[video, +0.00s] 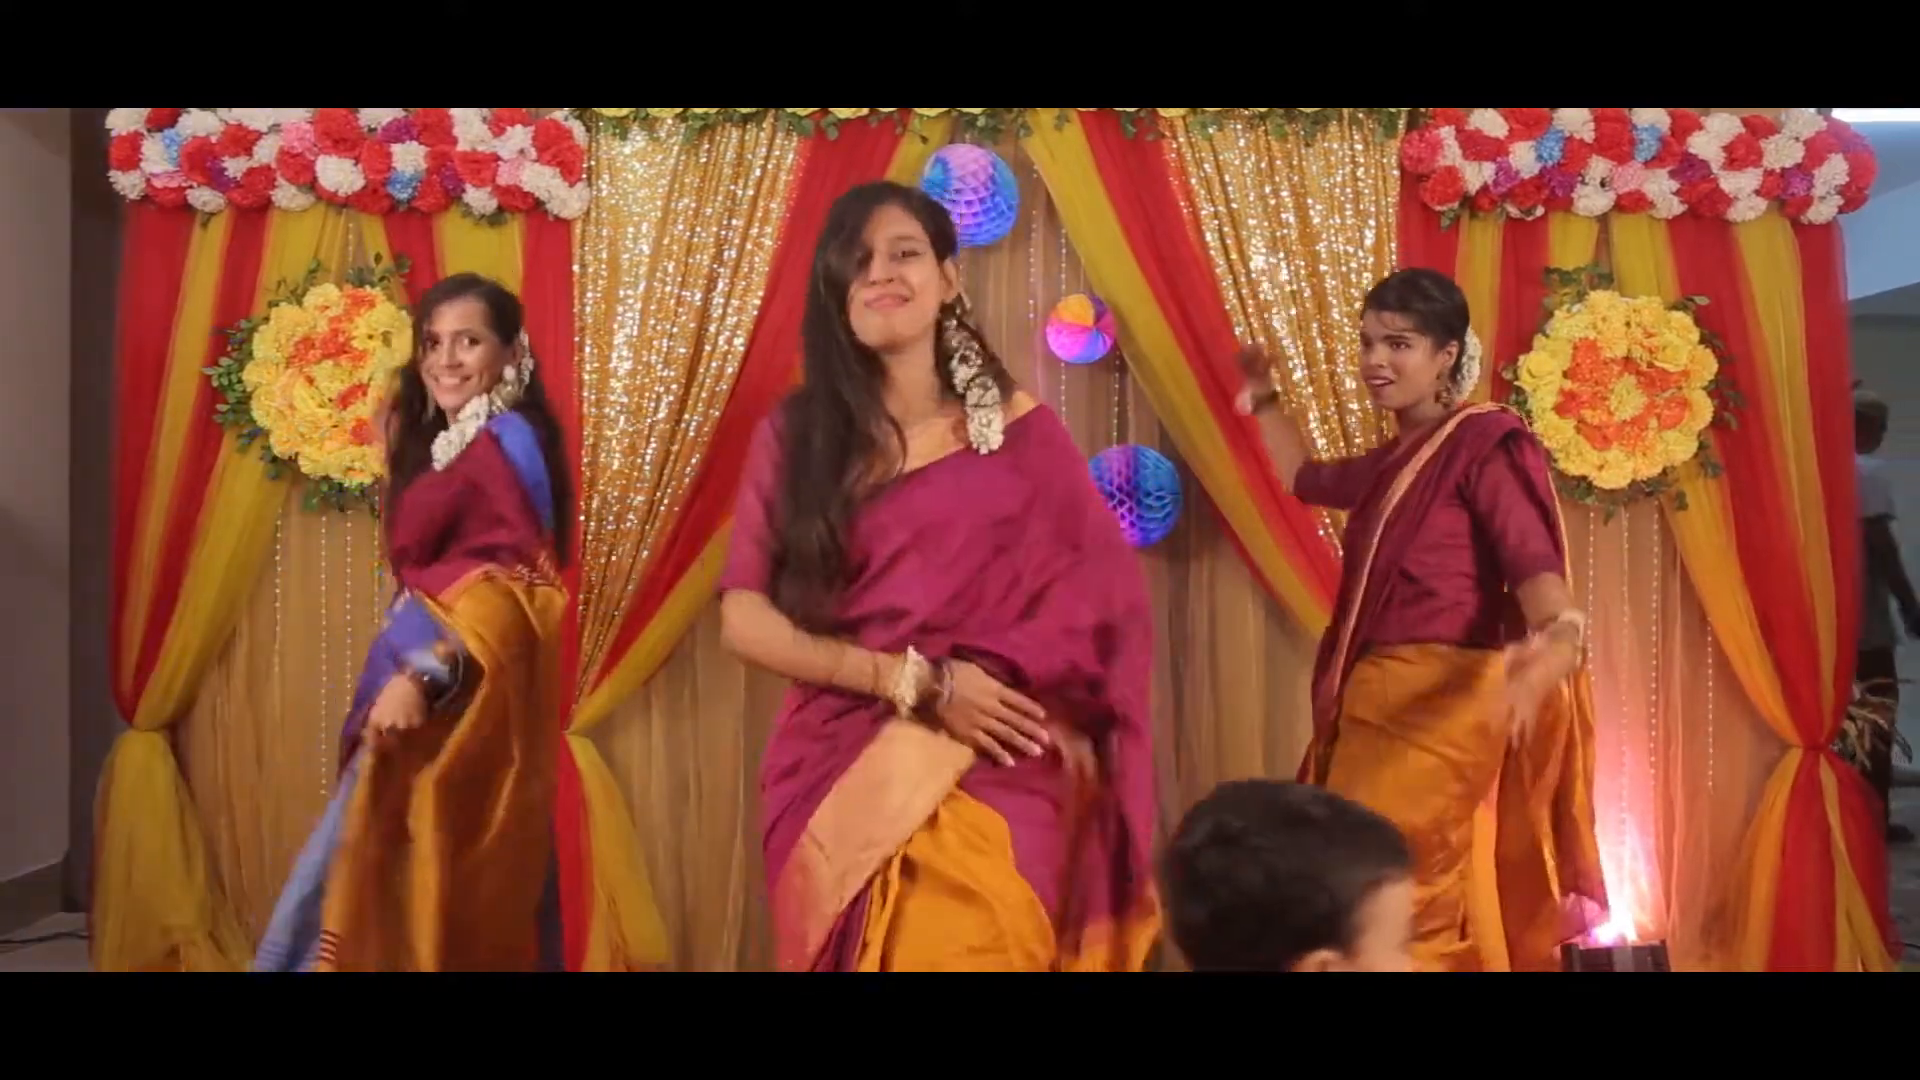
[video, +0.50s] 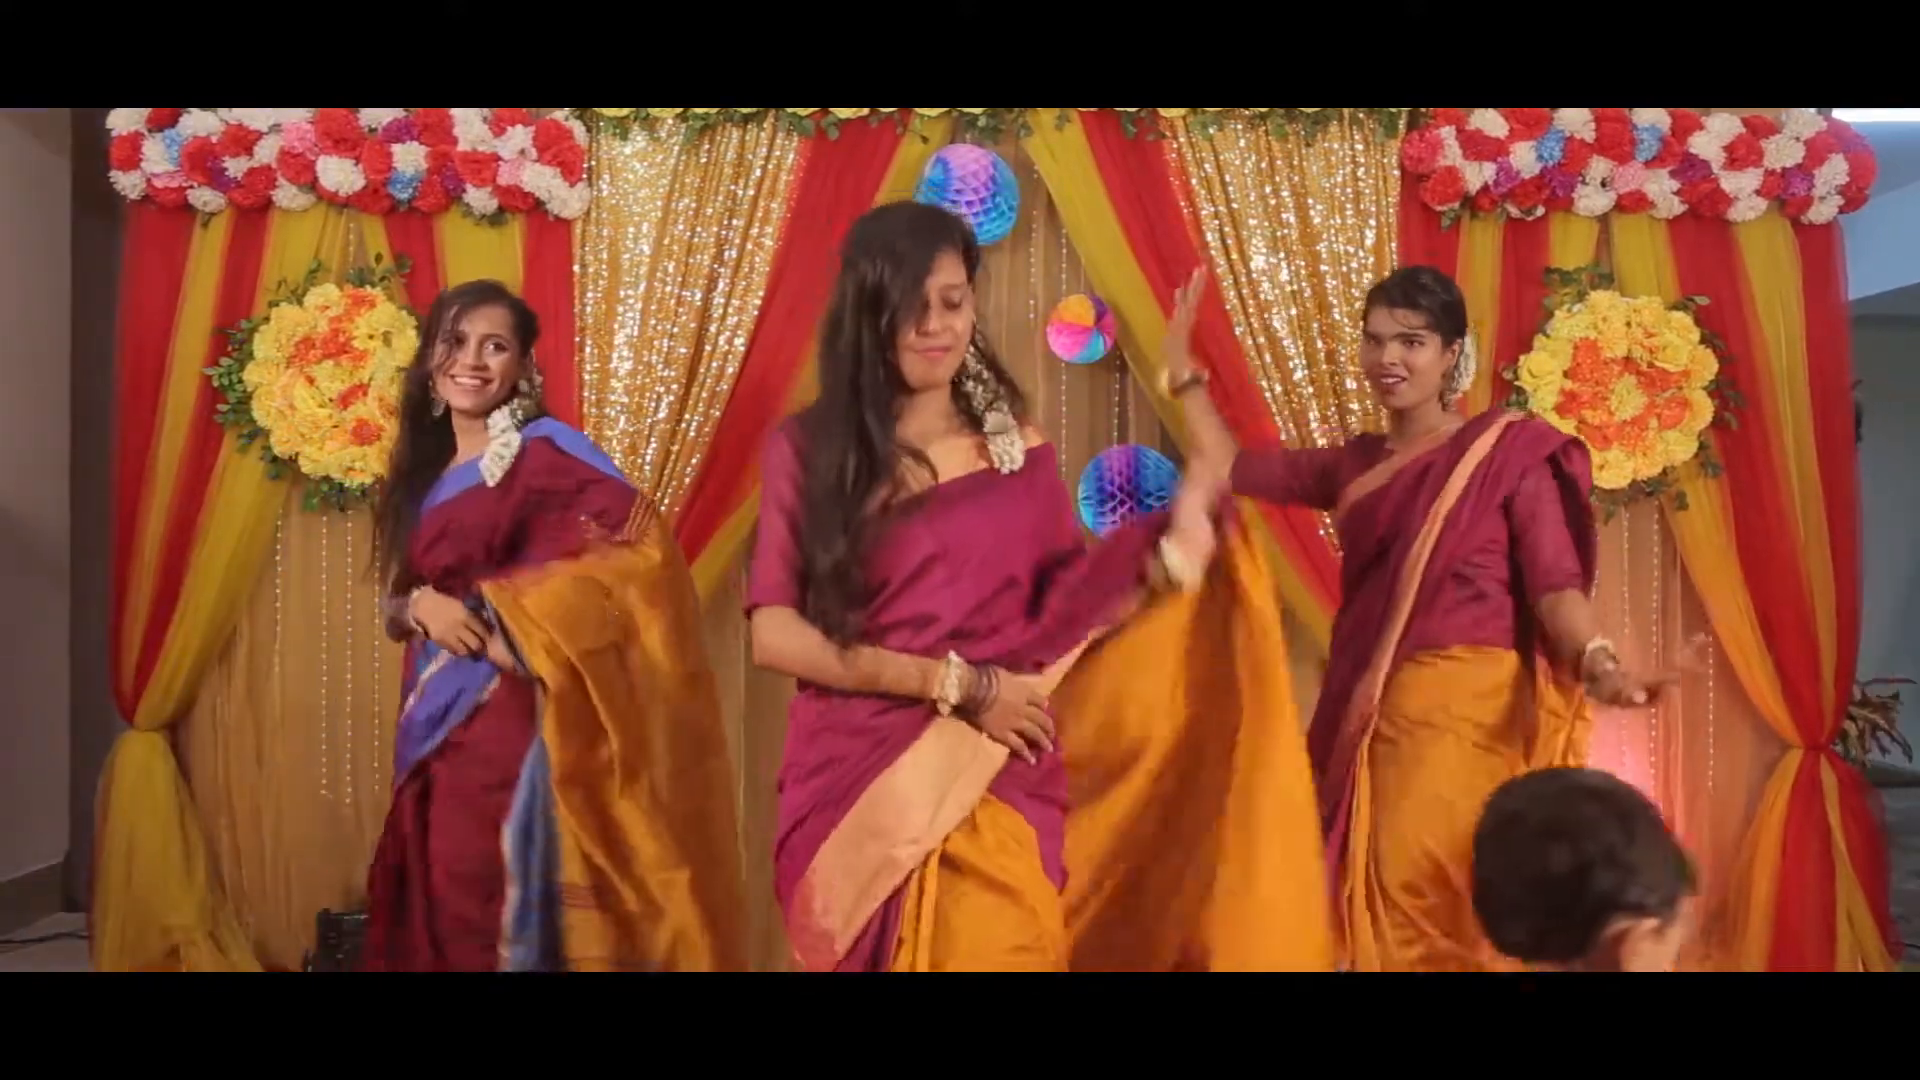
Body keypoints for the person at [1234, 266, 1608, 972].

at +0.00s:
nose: (1375, 361)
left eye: (1399, 343)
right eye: (1367, 343)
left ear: (1448, 356)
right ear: (1358, 348)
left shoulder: (1487, 440)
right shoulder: (1388, 463)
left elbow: (1533, 565)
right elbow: (1302, 475)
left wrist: (1559, 633)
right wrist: (1266, 398)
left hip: (1441, 701)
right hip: (1364, 704)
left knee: (1353, 895)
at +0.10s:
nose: (1380, 356)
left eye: (1402, 341)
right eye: (1371, 339)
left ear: (1451, 356)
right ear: (1360, 344)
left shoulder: (1489, 441)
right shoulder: (1383, 461)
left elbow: (1538, 568)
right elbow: (1285, 473)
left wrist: (1576, 663)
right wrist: (1245, 396)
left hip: (1432, 683)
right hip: (1367, 687)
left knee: (1359, 876)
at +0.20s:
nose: (1382, 346)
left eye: (1405, 330)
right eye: (1372, 329)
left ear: (1454, 343)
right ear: (1361, 336)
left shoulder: (1495, 436)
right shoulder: (1365, 441)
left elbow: (1547, 568)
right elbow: (1255, 424)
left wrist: (1593, 635)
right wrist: (1216, 344)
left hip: (1439, 674)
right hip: (1357, 679)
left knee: (1411, 877)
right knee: (1359, 874)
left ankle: (1427, 961)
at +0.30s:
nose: (1383, 349)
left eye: (1405, 333)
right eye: (1373, 331)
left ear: (1455, 345)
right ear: (1361, 339)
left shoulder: (1500, 447)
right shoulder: (1354, 442)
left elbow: (1554, 576)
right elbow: (1240, 402)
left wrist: (1610, 626)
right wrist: (1197, 300)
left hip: (1452, 675)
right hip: (1357, 682)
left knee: (1430, 884)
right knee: (1361, 879)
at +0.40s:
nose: (1383, 347)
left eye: (1405, 330)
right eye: (1372, 330)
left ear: (1454, 343)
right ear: (1358, 340)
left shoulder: (1502, 443)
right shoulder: (1349, 442)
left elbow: (1551, 579)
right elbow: (1229, 426)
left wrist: (1611, 635)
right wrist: (1194, 332)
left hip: (1459, 687)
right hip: (1357, 691)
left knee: (1440, 896)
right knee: (1358, 890)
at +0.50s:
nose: (1388, 359)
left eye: (1411, 341)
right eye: (1375, 340)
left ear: (1452, 357)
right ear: (1359, 350)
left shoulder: (1507, 446)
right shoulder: (1353, 465)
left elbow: (1556, 589)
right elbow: (1231, 466)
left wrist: (1597, 660)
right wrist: (1179, 374)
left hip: (1464, 703)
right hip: (1360, 710)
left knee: (1410, 893)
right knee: (1345, 891)